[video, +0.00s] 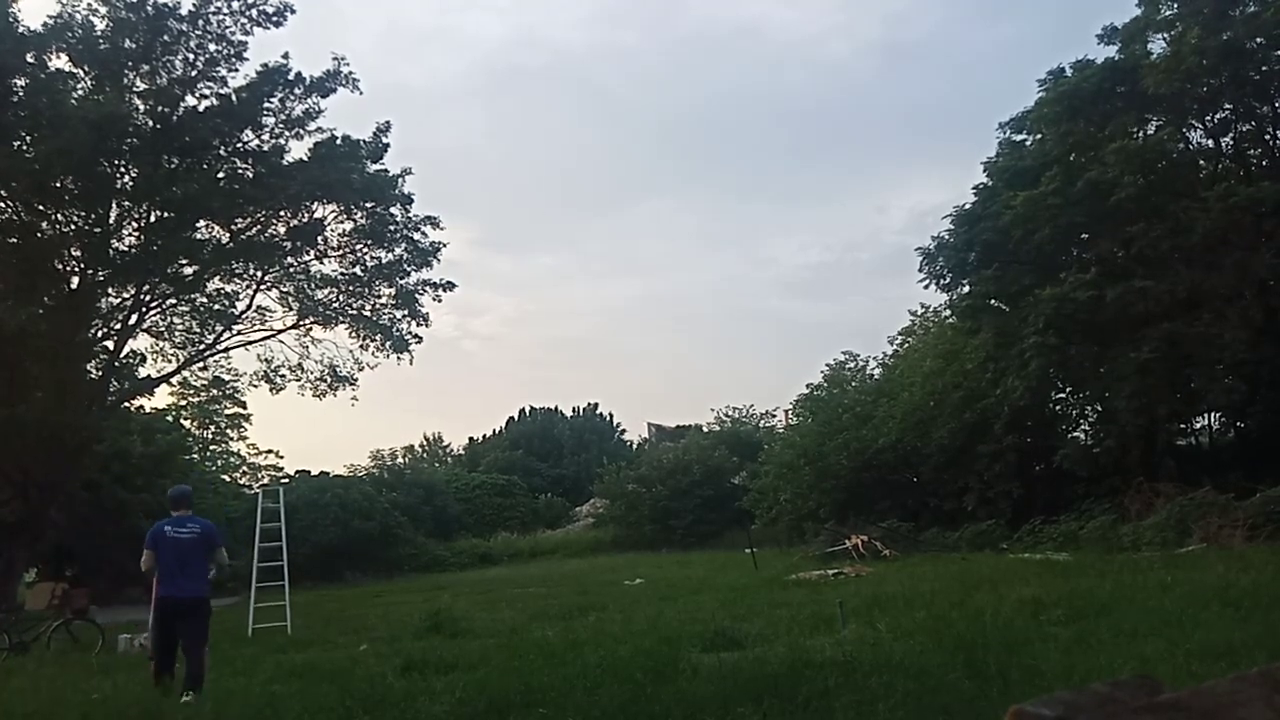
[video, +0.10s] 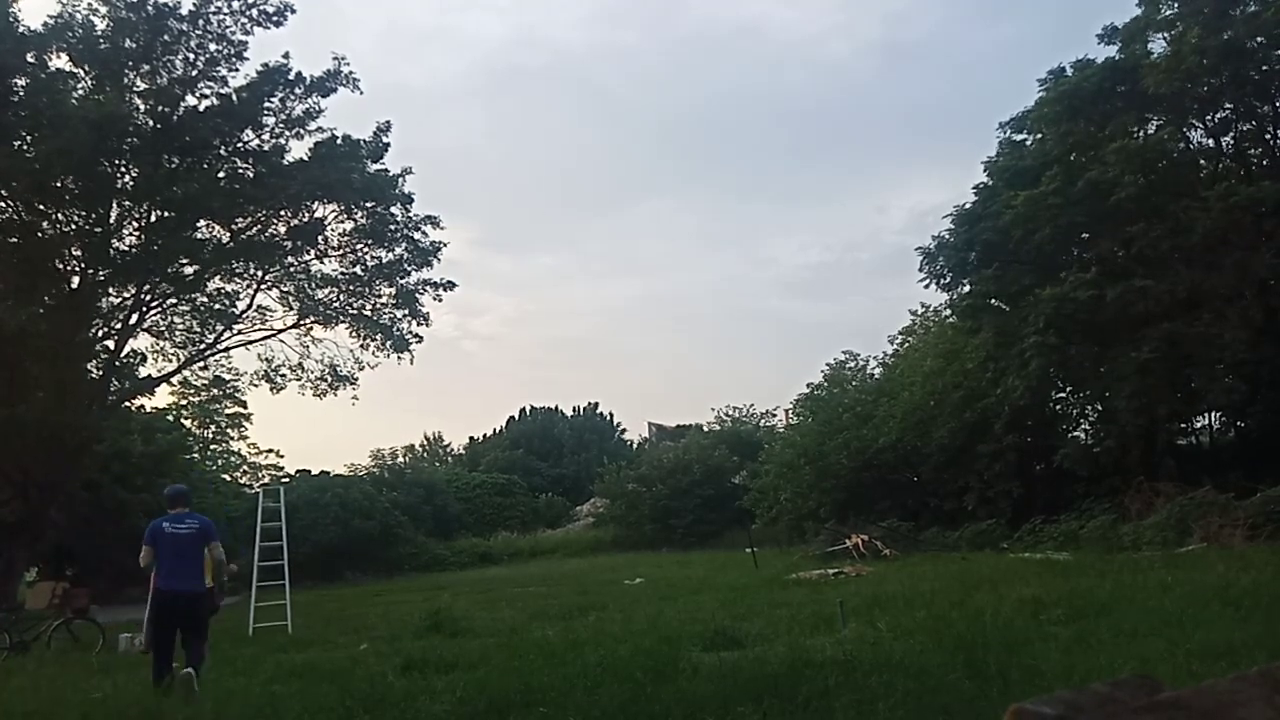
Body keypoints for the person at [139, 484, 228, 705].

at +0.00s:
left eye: (174, 504)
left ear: (170, 505)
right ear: (191, 504)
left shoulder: (158, 529)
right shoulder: (206, 528)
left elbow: (146, 565)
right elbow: (223, 560)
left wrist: (164, 558)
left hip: (167, 600)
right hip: (197, 599)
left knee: (164, 649)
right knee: (195, 648)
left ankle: (163, 693)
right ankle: (190, 693)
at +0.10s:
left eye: (170, 504)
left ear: (168, 504)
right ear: (189, 502)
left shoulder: (156, 526)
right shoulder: (204, 524)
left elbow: (144, 561)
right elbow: (219, 557)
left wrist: (160, 551)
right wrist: (220, 584)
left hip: (164, 596)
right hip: (195, 596)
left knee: (162, 646)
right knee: (196, 639)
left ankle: (161, 692)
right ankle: (191, 670)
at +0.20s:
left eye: (171, 501)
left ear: (168, 501)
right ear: (189, 501)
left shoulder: (155, 523)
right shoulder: (202, 522)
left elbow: (142, 557)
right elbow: (215, 553)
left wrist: (157, 547)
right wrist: (224, 577)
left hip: (162, 592)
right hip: (194, 592)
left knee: (162, 641)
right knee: (193, 633)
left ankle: (161, 685)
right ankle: (186, 668)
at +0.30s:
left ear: (168, 503)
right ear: (189, 504)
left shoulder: (154, 525)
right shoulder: (200, 526)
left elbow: (141, 559)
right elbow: (209, 556)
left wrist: (156, 548)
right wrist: (219, 580)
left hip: (161, 594)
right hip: (191, 594)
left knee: (162, 639)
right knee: (189, 637)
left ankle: (163, 677)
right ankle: (183, 682)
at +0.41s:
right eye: (189, 507)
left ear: (170, 507)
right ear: (190, 508)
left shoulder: (155, 529)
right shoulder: (199, 530)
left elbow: (141, 561)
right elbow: (208, 558)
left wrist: (157, 554)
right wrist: (217, 585)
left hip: (161, 594)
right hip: (189, 595)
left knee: (159, 637)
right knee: (186, 639)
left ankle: (161, 677)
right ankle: (183, 682)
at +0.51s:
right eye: (189, 510)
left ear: (172, 510)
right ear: (191, 511)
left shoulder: (157, 531)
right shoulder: (200, 533)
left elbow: (143, 563)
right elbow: (208, 562)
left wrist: (157, 555)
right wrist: (213, 591)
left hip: (162, 595)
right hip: (188, 595)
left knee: (159, 639)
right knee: (184, 640)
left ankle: (162, 680)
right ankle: (181, 682)